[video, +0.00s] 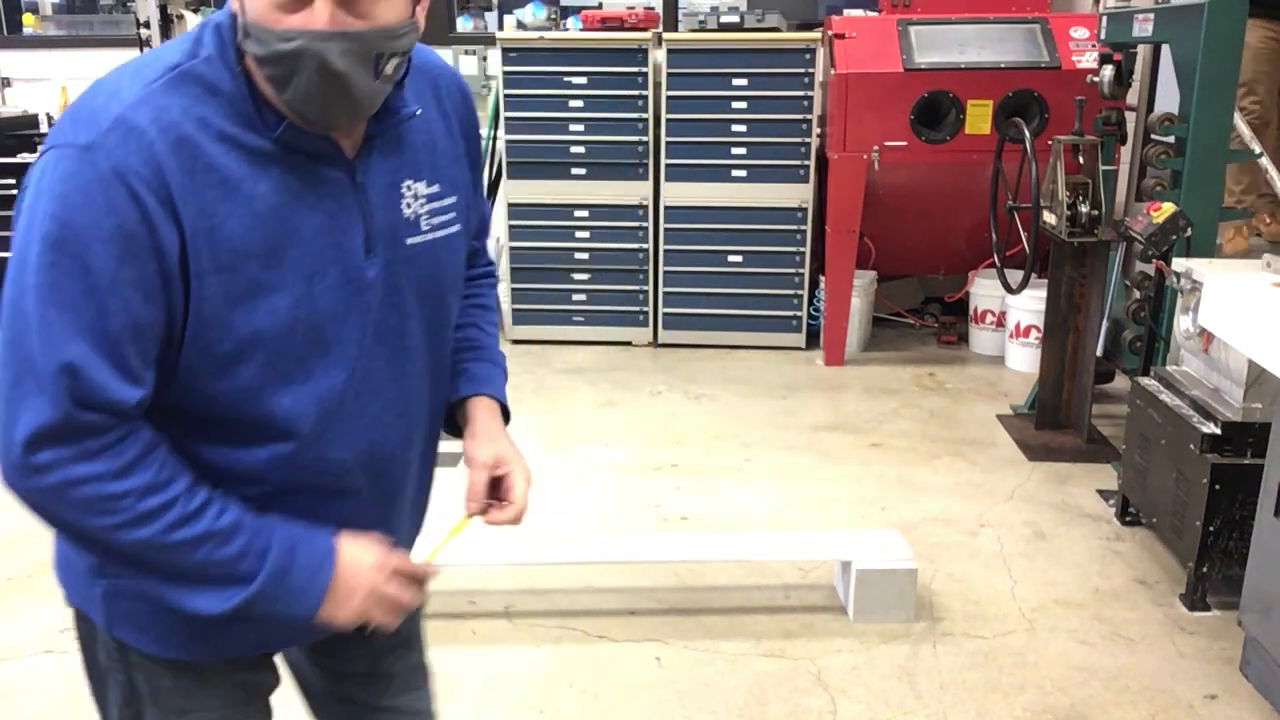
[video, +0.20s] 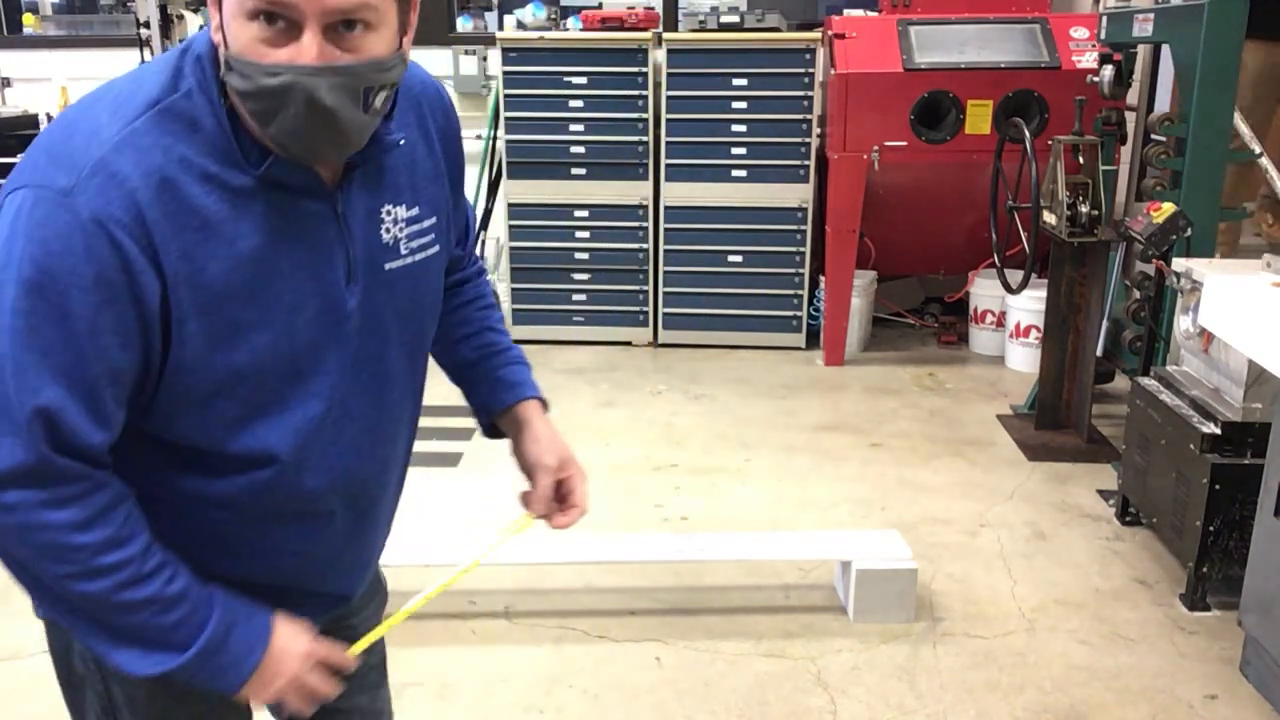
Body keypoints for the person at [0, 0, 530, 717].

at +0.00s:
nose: (322, 22)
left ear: (418, 6)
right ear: (239, 0)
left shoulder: (437, 101)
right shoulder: (114, 152)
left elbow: (468, 270)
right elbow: (61, 443)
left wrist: (483, 410)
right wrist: (307, 570)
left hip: (367, 562)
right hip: (175, 581)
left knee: (395, 709)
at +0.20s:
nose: (309, 60)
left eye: (348, 26)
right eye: (272, 20)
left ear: (408, 23)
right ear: (216, 16)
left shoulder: (420, 119)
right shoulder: (85, 198)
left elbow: (451, 274)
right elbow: (32, 484)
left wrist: (523, 413)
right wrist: (232, 644)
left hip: (340, 582)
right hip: (156, 622)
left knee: (356, 708)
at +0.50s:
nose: (300, 92)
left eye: (340, 52)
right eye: (262, 51)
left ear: (396, 39)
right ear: (203, 37)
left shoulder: (418, 125)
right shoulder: (64, 215)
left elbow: (468, 290)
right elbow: (15, 502)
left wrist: (555, 441)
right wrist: (168, 688)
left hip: (326, 570)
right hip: (149, 610)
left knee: (348, 708)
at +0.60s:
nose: (300, 107)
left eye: (339, 66)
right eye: (261, 63)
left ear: (399, 51)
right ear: (204, 46)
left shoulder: (422, 133)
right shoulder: (64, 220)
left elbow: (476, 293)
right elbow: (16, 505)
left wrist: (539, 416)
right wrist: (153, 692)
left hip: (326, 563)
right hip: (150, 598)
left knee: (352, 713)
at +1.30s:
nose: (392, 150)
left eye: (425, 116)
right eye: (356, 109)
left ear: (467, 120)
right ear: (291, 90)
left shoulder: (488, 183)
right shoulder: (147, 240)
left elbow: (693, 279)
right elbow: (69, 485)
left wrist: (543, 140)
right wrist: (131, 698)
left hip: (391, 527)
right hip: (211, 555)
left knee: (462, 709)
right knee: (237, 714)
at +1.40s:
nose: (429, 141)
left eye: (460, 110)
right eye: (396, 103)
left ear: (498, 107)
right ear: (333, 88)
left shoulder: (522, 176)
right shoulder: (193, 227)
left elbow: (718, 271)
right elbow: (114, 464)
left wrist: (575, 130)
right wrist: (163, 678)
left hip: (421, 519)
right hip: (246, 541)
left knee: (480, 708)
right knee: (265, 712)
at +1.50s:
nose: (462, 139)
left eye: (496, 105)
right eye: (432, 97)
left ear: (532, 100)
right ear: (370, 83)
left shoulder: (553, 164)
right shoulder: (236, 218)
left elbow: (740, 262)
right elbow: (162, 449)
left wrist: (606, 126)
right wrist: (202, 656)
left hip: (464, 508)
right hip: (290, 531)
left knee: (509, 707)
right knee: (293, 712)